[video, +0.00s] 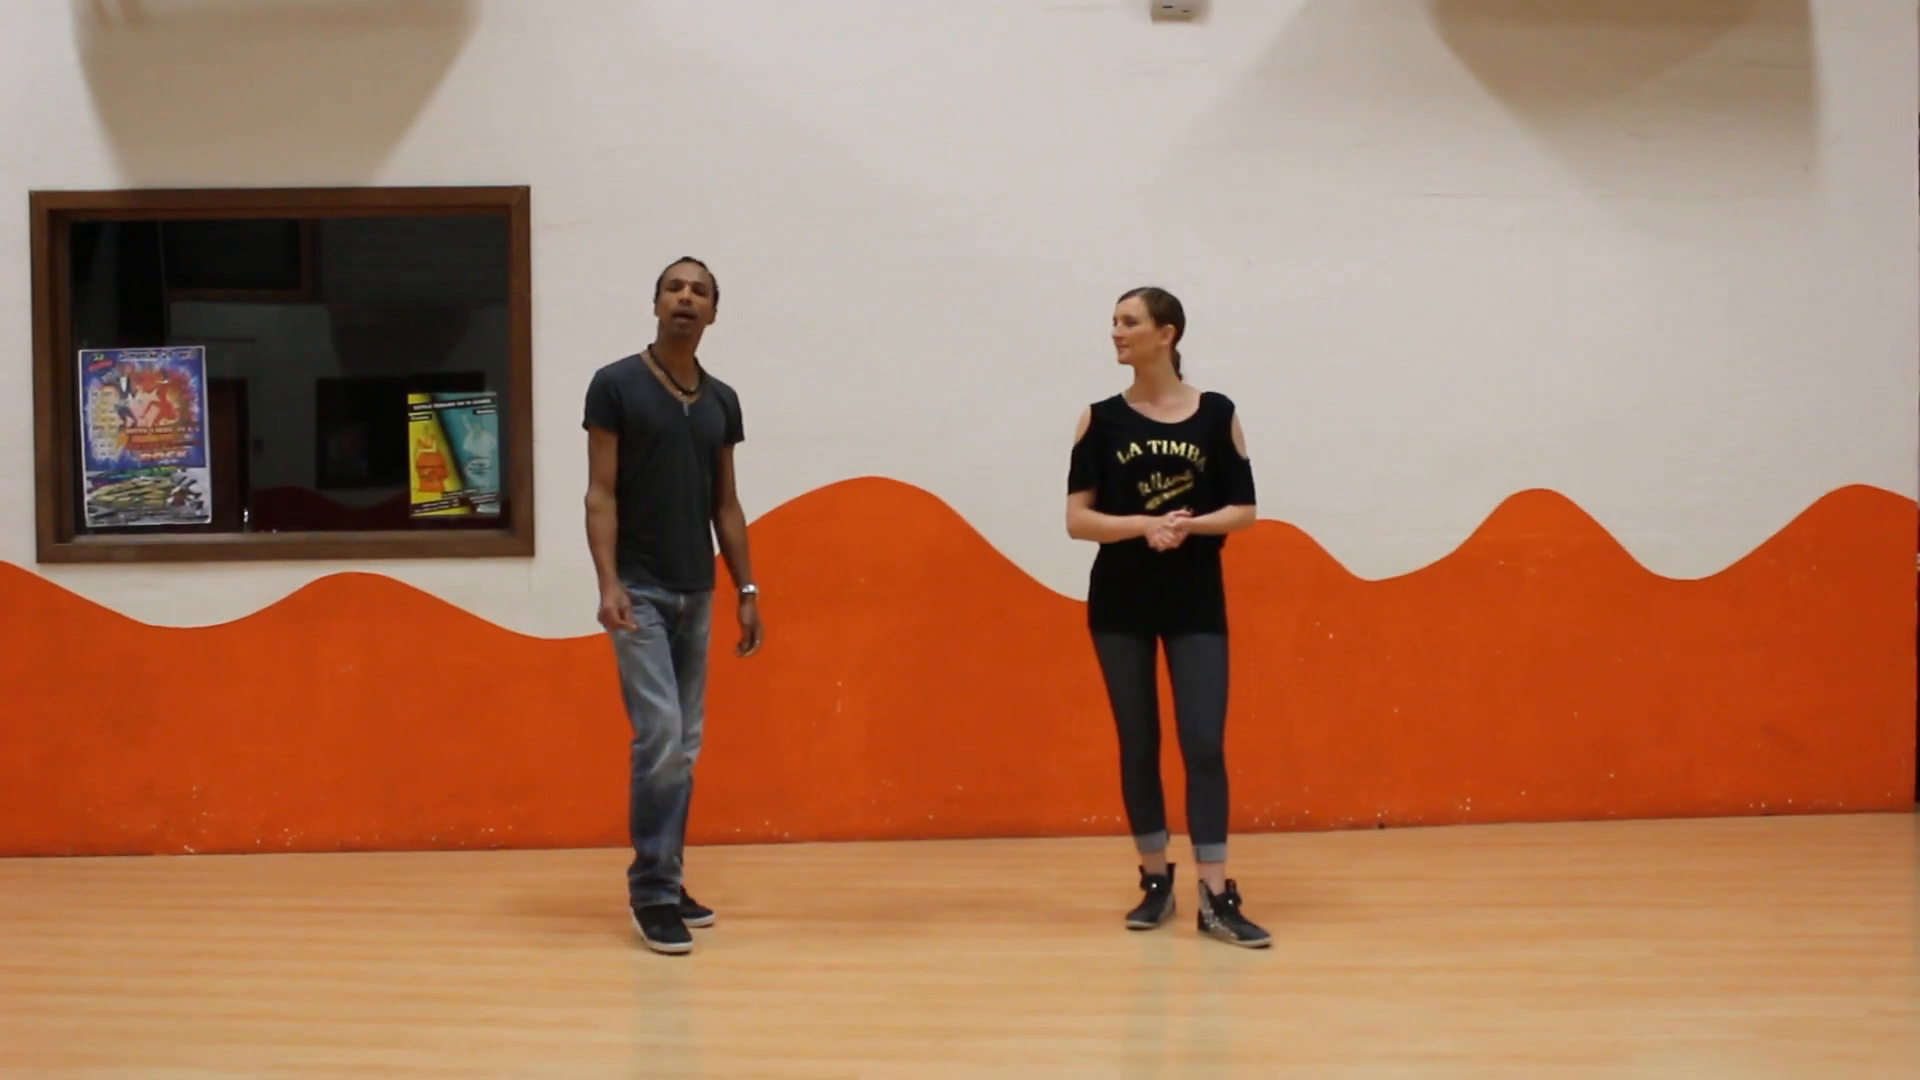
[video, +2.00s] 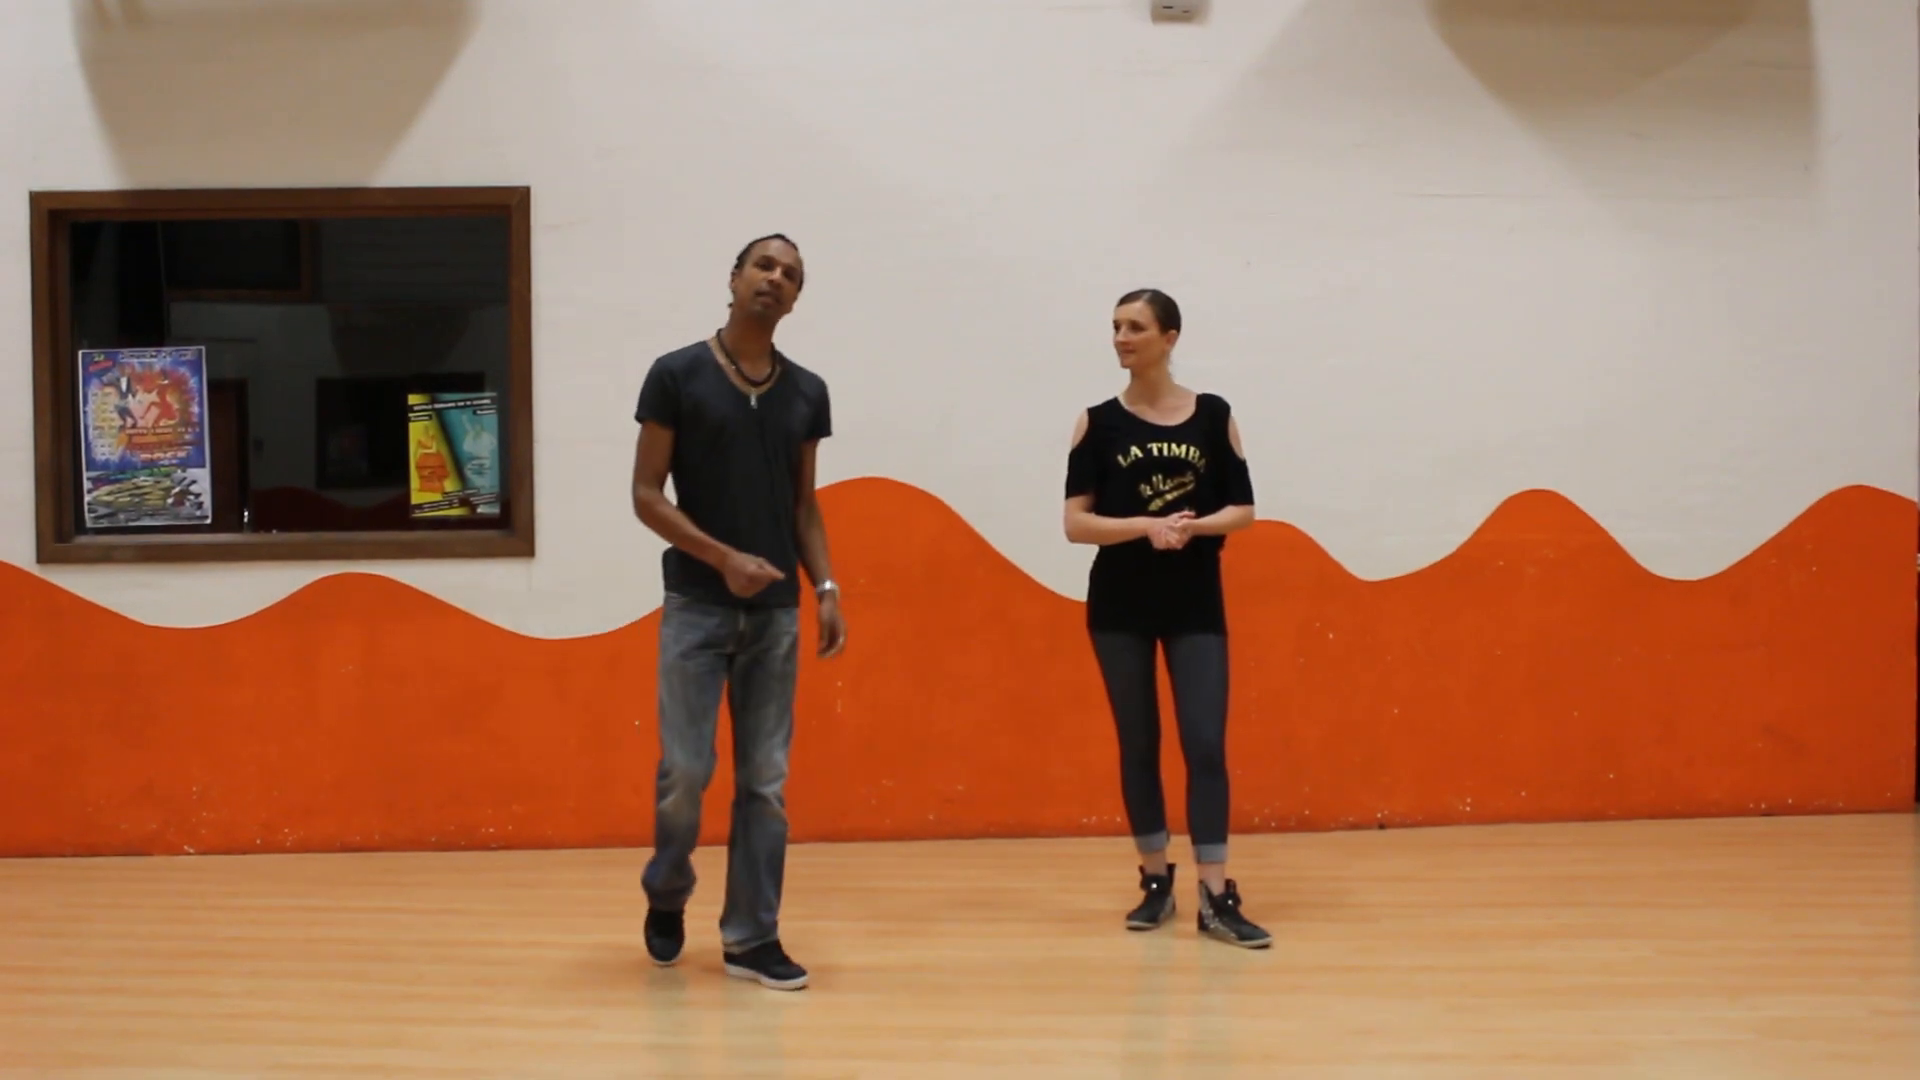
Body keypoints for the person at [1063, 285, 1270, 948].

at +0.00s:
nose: (1116, 333)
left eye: (1129, 322)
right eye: (1115, 323)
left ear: (1168, 333)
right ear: (1121, 336)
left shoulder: (1216, 413)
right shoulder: (1099, 420)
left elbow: (1243, 510)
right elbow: (1078, 519)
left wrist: (1191, 523)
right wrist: (1140, 525)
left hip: (1194, 599)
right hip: (1120, 600)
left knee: (1204, 747)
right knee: (1138, 745)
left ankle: (1216, 896)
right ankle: (1157, 883)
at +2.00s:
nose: (1121, 339)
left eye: (1134, 328)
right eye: (1117, 329)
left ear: (1169, 337)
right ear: (1114, 338)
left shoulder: (1212, 415)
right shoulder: (1096, 423)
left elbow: (1242, 510)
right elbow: (1076, 523)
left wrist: (1197, 524)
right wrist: (1142, 525)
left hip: (1194, 603)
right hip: (1120, 604)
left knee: (1205, 747)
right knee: (1138, 745)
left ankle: (1216, 896)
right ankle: (1157, 883)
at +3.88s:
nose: (1146, 336)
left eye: (1157, 326)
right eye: (1135, 327)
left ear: (1176, 337)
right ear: (1118, 338)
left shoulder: (1211, 413)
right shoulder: (1095, 425)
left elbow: (1245, 507)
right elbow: (1077, 525)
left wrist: (1199, 522)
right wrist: (1139, 521)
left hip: (1194, 603)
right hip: (1120, 605)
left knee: (1207, 748)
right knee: (1139, 745)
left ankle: (1216, 896)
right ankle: (1157, 882)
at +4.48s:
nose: (1119, 330)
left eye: (1133, 321)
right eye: (1119, 320)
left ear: (1169, 334)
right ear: (1122, 332)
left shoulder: (1210, 412)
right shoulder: (1105, 419)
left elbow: (1241, 511)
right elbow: (1082, 517)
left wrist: (1161, 526)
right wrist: (1109, 526)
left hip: (1194, 598)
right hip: (1122, 600)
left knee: (1199, 744)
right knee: (1142, 744)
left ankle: (1213, 892)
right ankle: (1157, 886)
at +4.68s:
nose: (1117, 326)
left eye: (1130, 317)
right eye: (1120, 315)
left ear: (1168, 332)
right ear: (1142, 331)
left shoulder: (1199, 411)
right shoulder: (1118, 415)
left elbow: (1224, 510)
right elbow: (1109, 496)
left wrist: (1138, 525)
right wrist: (1101, 516)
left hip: (1196, 598)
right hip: (1135, 597)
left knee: (1191, 742)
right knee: (1150, 742)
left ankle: (1219, 886)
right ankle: (1159, 882)